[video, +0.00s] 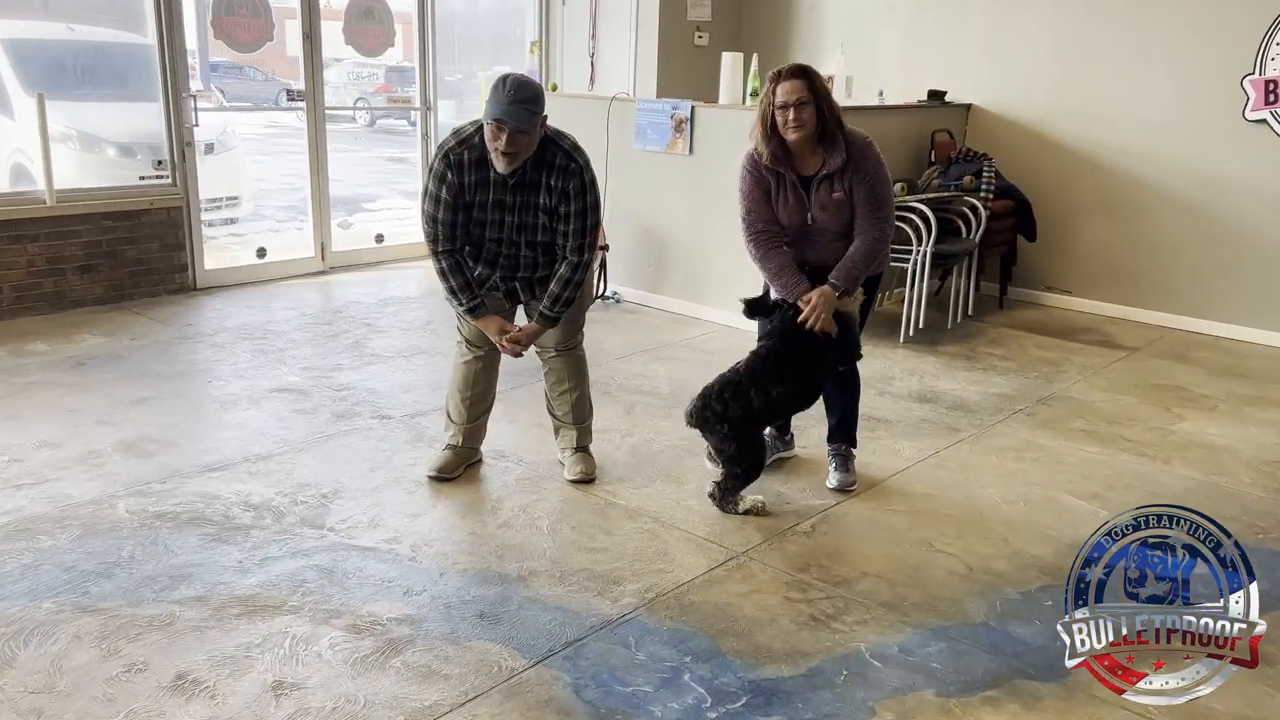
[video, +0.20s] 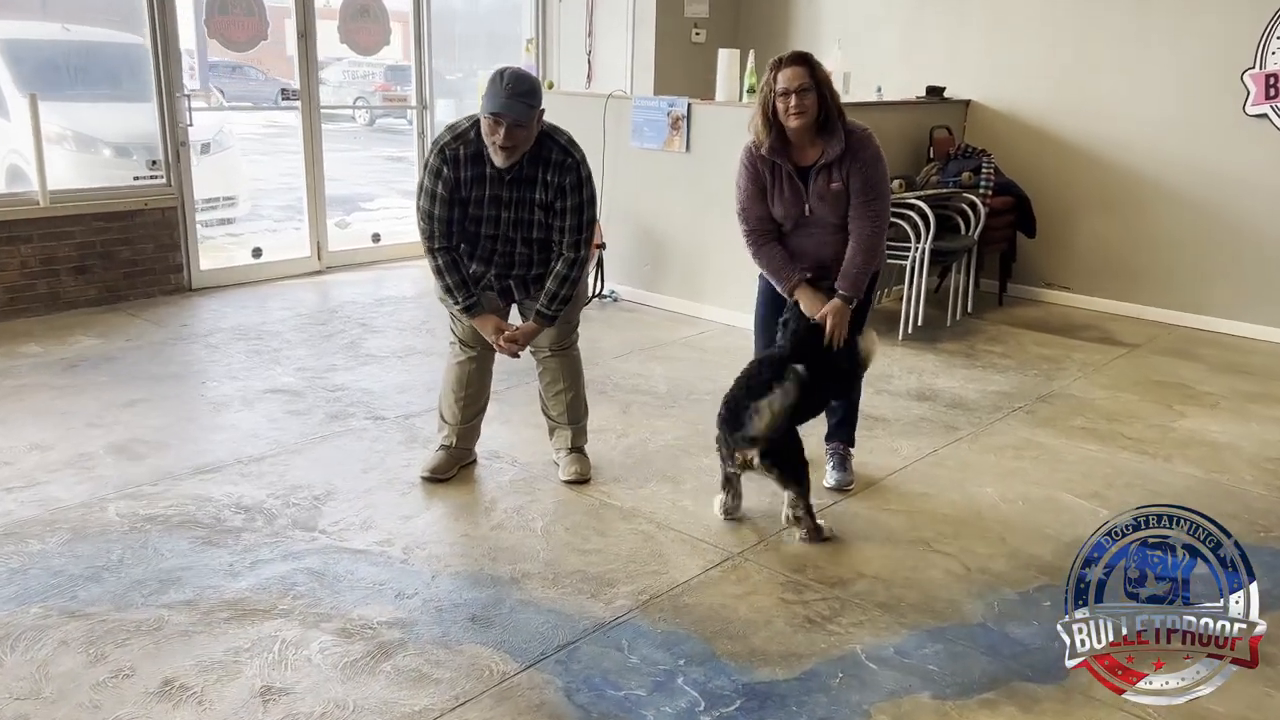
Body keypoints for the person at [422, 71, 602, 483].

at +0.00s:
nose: (505, 141)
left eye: (519, 132)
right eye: (497, 127)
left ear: (541, 127)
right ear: (485, 118)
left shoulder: (569, 165)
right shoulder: (455, 157)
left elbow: (577, 255)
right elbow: (442, 246)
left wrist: (541, 322)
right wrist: (481, 313)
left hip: (553, 269)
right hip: (485, 266)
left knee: (561, 349)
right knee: (473, 348)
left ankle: (574, 447)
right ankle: (462, 444)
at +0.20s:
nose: (503, 136)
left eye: (517, 126)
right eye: (494, 121)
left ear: (538, 121)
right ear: (482, 113)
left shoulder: (565, 160)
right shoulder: (450, 152)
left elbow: (574, 250)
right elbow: (436, 242)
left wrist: (539, 320)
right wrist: (476, 312)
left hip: (547, 271)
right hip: (478, 269)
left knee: (556, 350)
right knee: (466, 349)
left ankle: (569, 447)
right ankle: (455, 445)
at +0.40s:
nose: (508, 118)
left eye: (522, 108)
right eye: (499, 104)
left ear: (542, 106)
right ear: (485, 97)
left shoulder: (567, 149)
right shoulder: (451, 141)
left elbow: (577, 239)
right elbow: (437, 232)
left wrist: (542, 309)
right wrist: (478, 302)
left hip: (546, 269)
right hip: (473, 267)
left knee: (556, 351)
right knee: (466, 350)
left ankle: (570, 445)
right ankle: (455, 444)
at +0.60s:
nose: (534, 126)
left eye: (542, 116)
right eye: (524, 116)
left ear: (554, 96)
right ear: (497, 93)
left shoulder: (573, 136)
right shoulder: (455, 130)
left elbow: (584, 225)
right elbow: (440, 222)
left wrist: (549, 294)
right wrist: (484, 292)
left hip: (549, 271)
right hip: (475, 270)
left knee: (560, 353)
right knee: (469, 353)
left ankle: (573, 445)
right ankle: (458, 443)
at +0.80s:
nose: (556, 135)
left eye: (564, 127)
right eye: (549, 125)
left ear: (577, 105)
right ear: (523, 101)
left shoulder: (587, 132)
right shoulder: (470, 125)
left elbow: (599, 215)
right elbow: (453, 219)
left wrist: (564, 284)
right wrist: (495, 288)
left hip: (558, 264)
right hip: (485, 262)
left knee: (568, 349)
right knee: (478, 350)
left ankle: (581, 442)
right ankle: (466, 441)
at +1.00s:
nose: (573, 150)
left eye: (582, 144)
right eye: (566, 141)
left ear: (597, 117)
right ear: (543, 115)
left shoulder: (606, 135)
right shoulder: (488, 131)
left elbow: (627, 199)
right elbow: (468, 223)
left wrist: (613, 259)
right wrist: (503, 296)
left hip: (568, 258)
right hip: (496, 256)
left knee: (579, 345)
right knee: (490, 349)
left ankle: (592, 440)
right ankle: (478, 439)